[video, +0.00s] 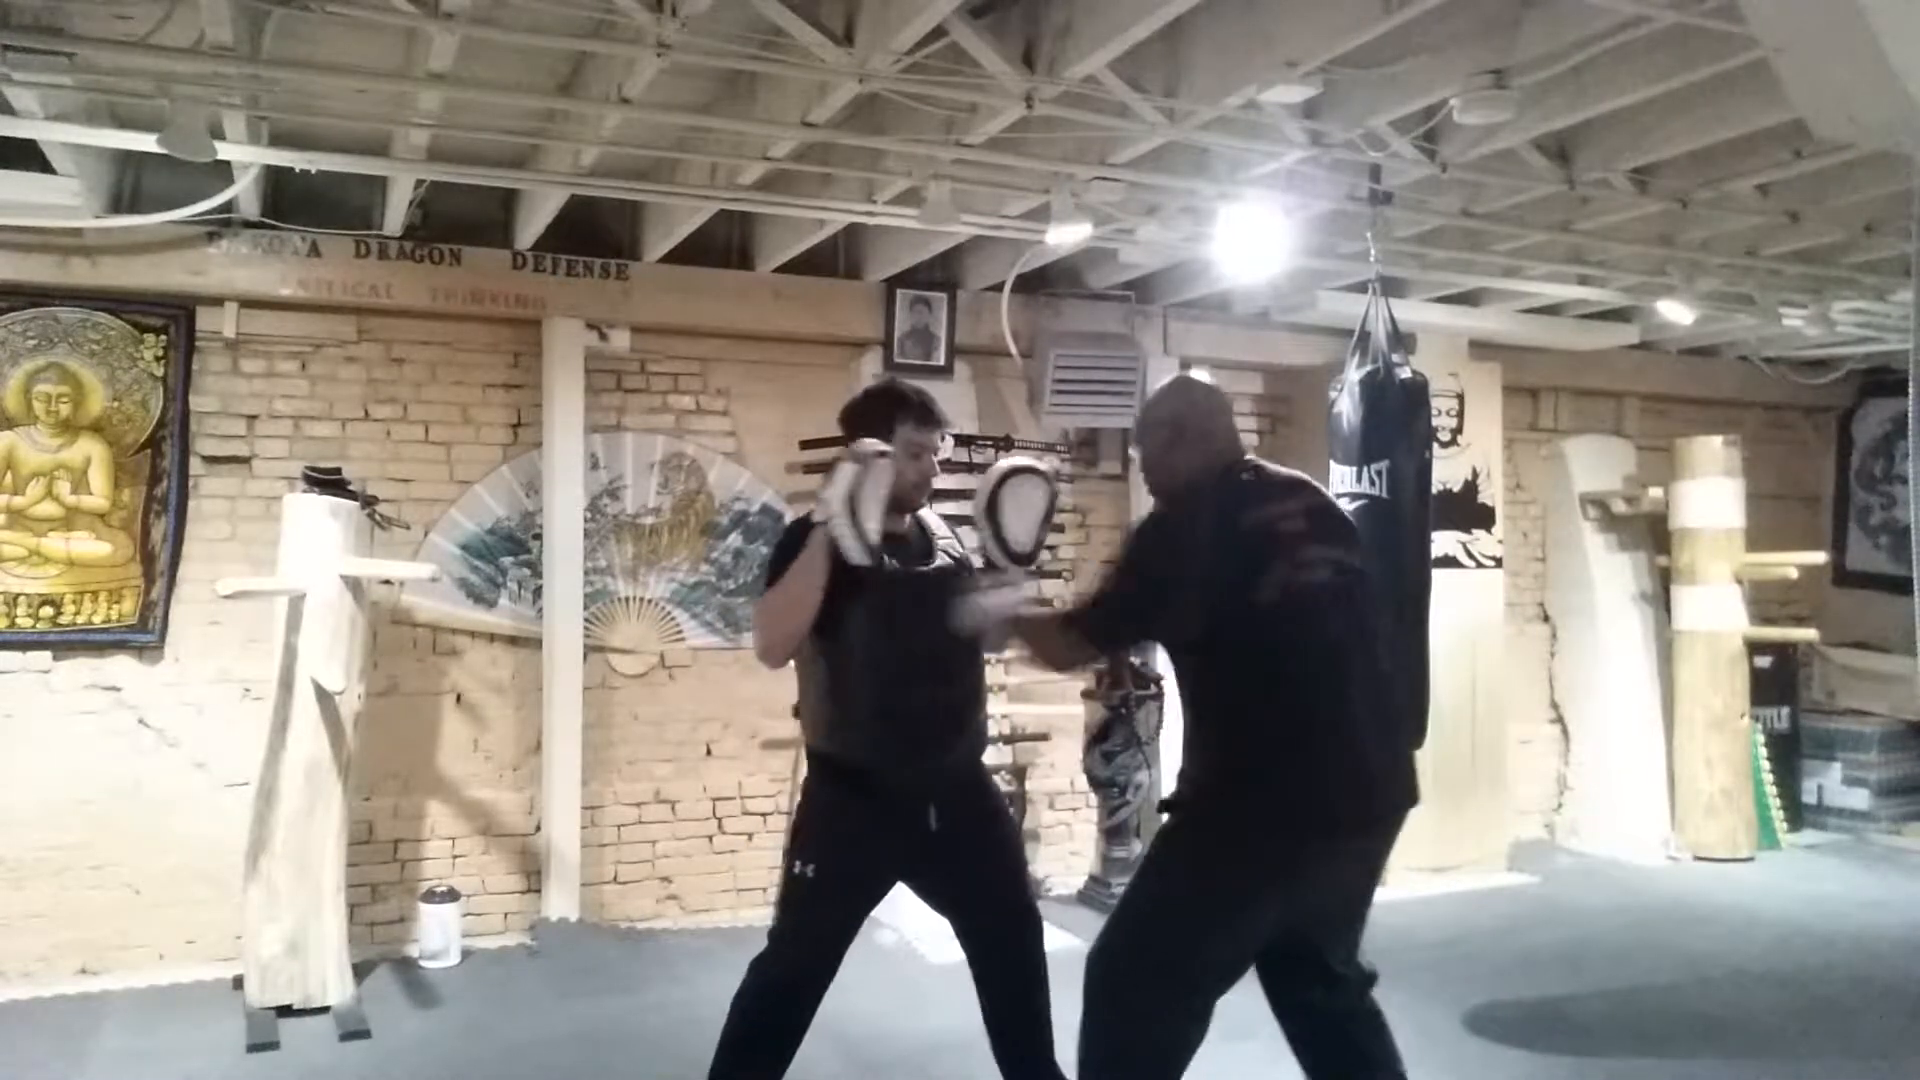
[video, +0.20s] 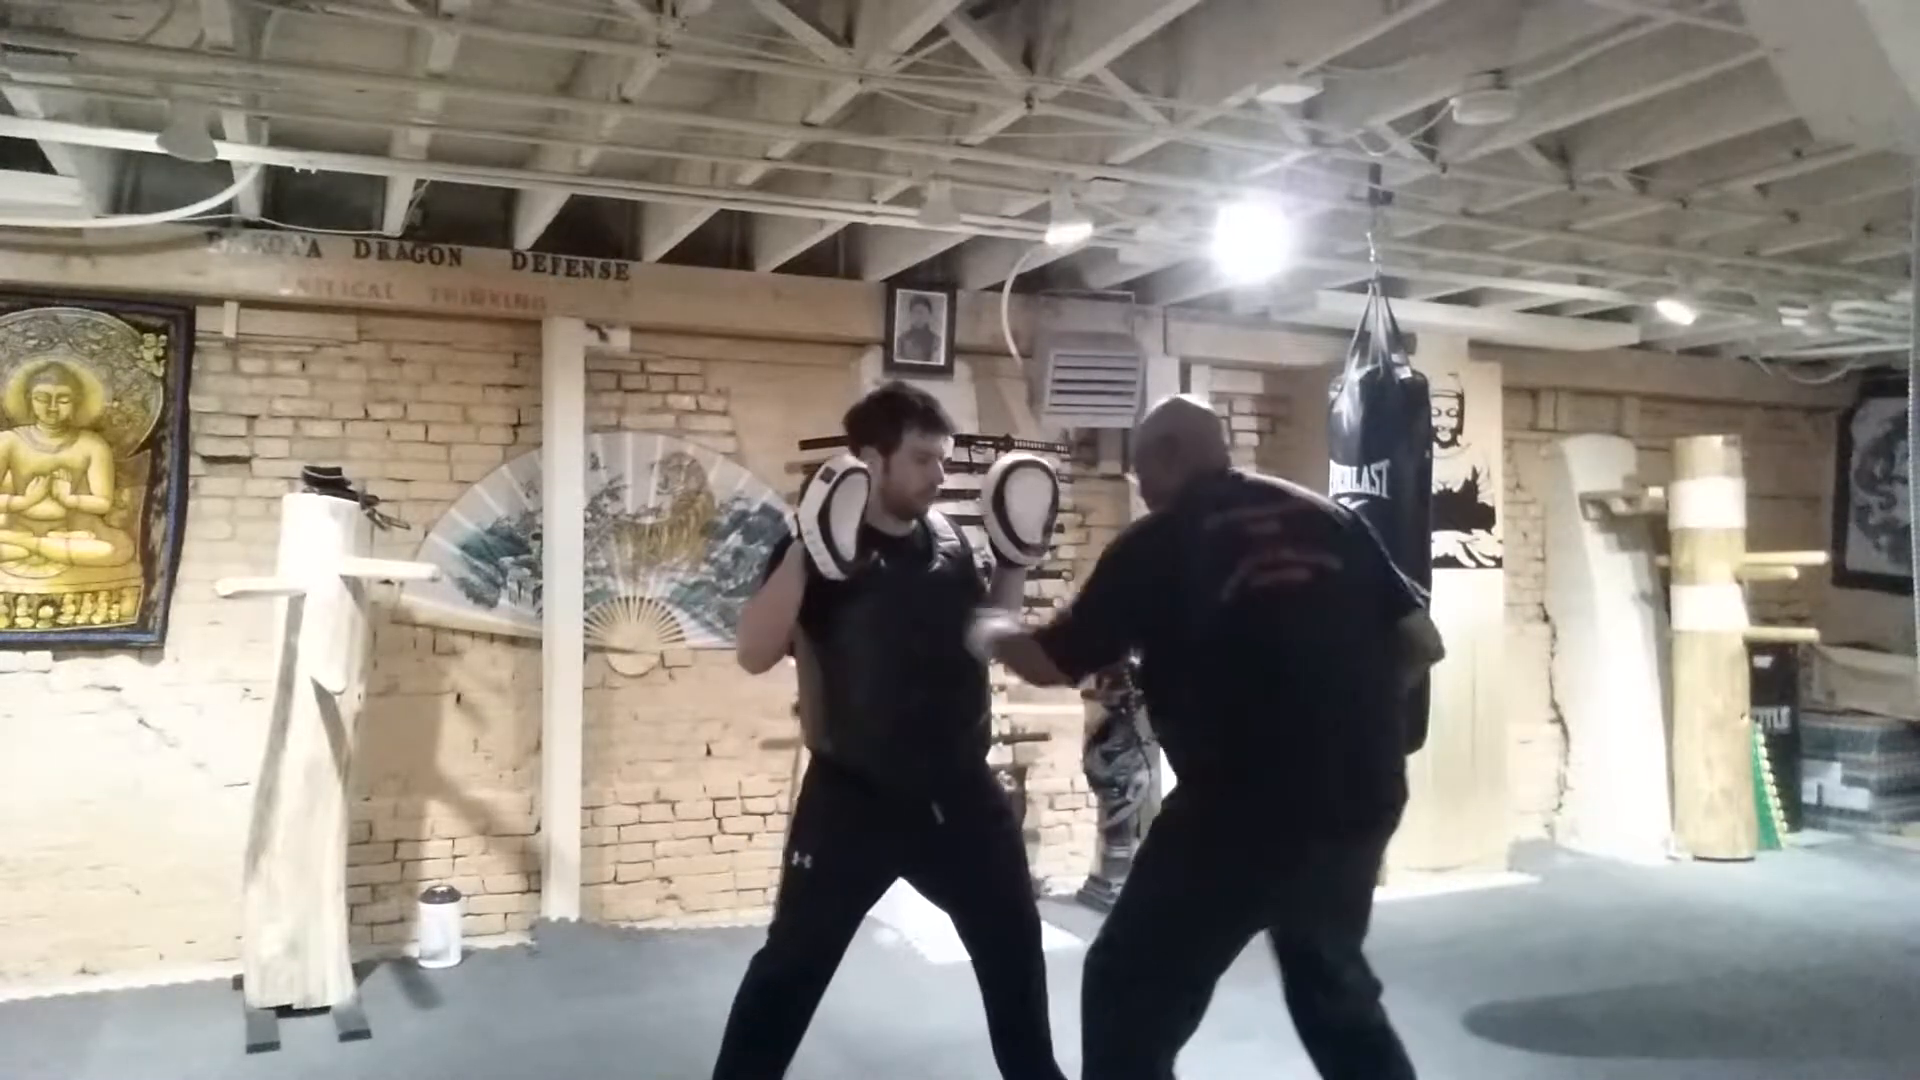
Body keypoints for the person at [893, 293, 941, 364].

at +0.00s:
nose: (918, 317)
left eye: (921, 312)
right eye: (915, 312)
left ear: (929, 315)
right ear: (910, 314)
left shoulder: (936, 340)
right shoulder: (901, 339)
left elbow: (935, 364)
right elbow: (897, 360)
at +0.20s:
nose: (918, 316)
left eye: (921, 312)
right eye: (915, 312)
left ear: (929, 315)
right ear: (910, 314)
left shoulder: (935, 340)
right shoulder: (901, 339)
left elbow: (935, 364)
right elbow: (897, 360)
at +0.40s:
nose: (918, 317)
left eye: (921, 313)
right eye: (915, 312)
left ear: (929, 315)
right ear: (910, 314)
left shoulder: (936, 340)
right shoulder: (901, 339)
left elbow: (935, 364)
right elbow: (897, 360)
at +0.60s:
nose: (917, 317)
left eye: (921, 313)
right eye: (915, 312)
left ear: (929, 315)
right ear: (910, 314)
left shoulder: (936, 340)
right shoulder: (901, 339)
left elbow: (935, 364)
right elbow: (897, 360)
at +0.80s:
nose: (917, 317)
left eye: (921, 313)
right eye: (915, 312)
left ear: (929, 315)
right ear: (910, 314)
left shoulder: (936, 340)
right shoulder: (901, 339)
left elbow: (935, 364)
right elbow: (897, 360)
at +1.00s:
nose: (919, 317)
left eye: (924, 313)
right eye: (916, 313)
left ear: (930, 316)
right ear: (910, 314)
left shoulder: (936, 340)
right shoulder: (901, 339)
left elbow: (935, 363)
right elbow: (897, 360)